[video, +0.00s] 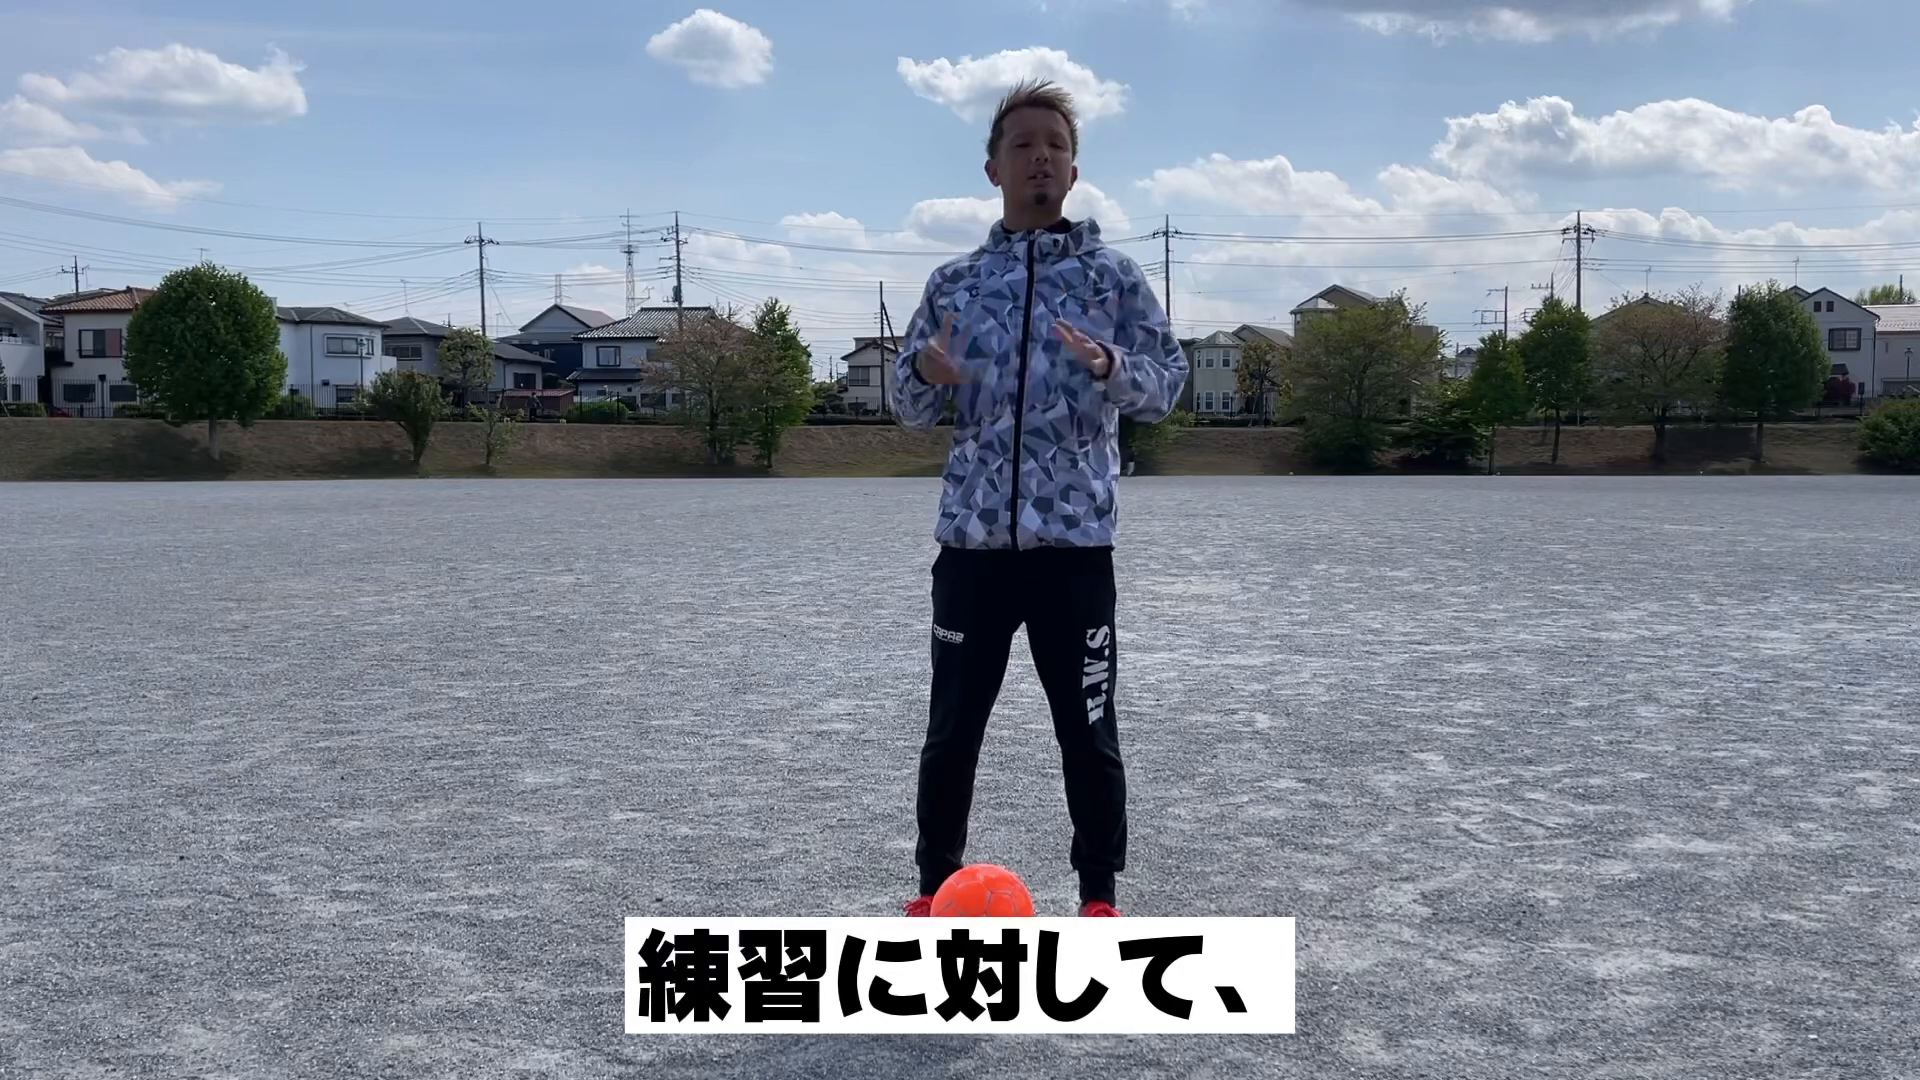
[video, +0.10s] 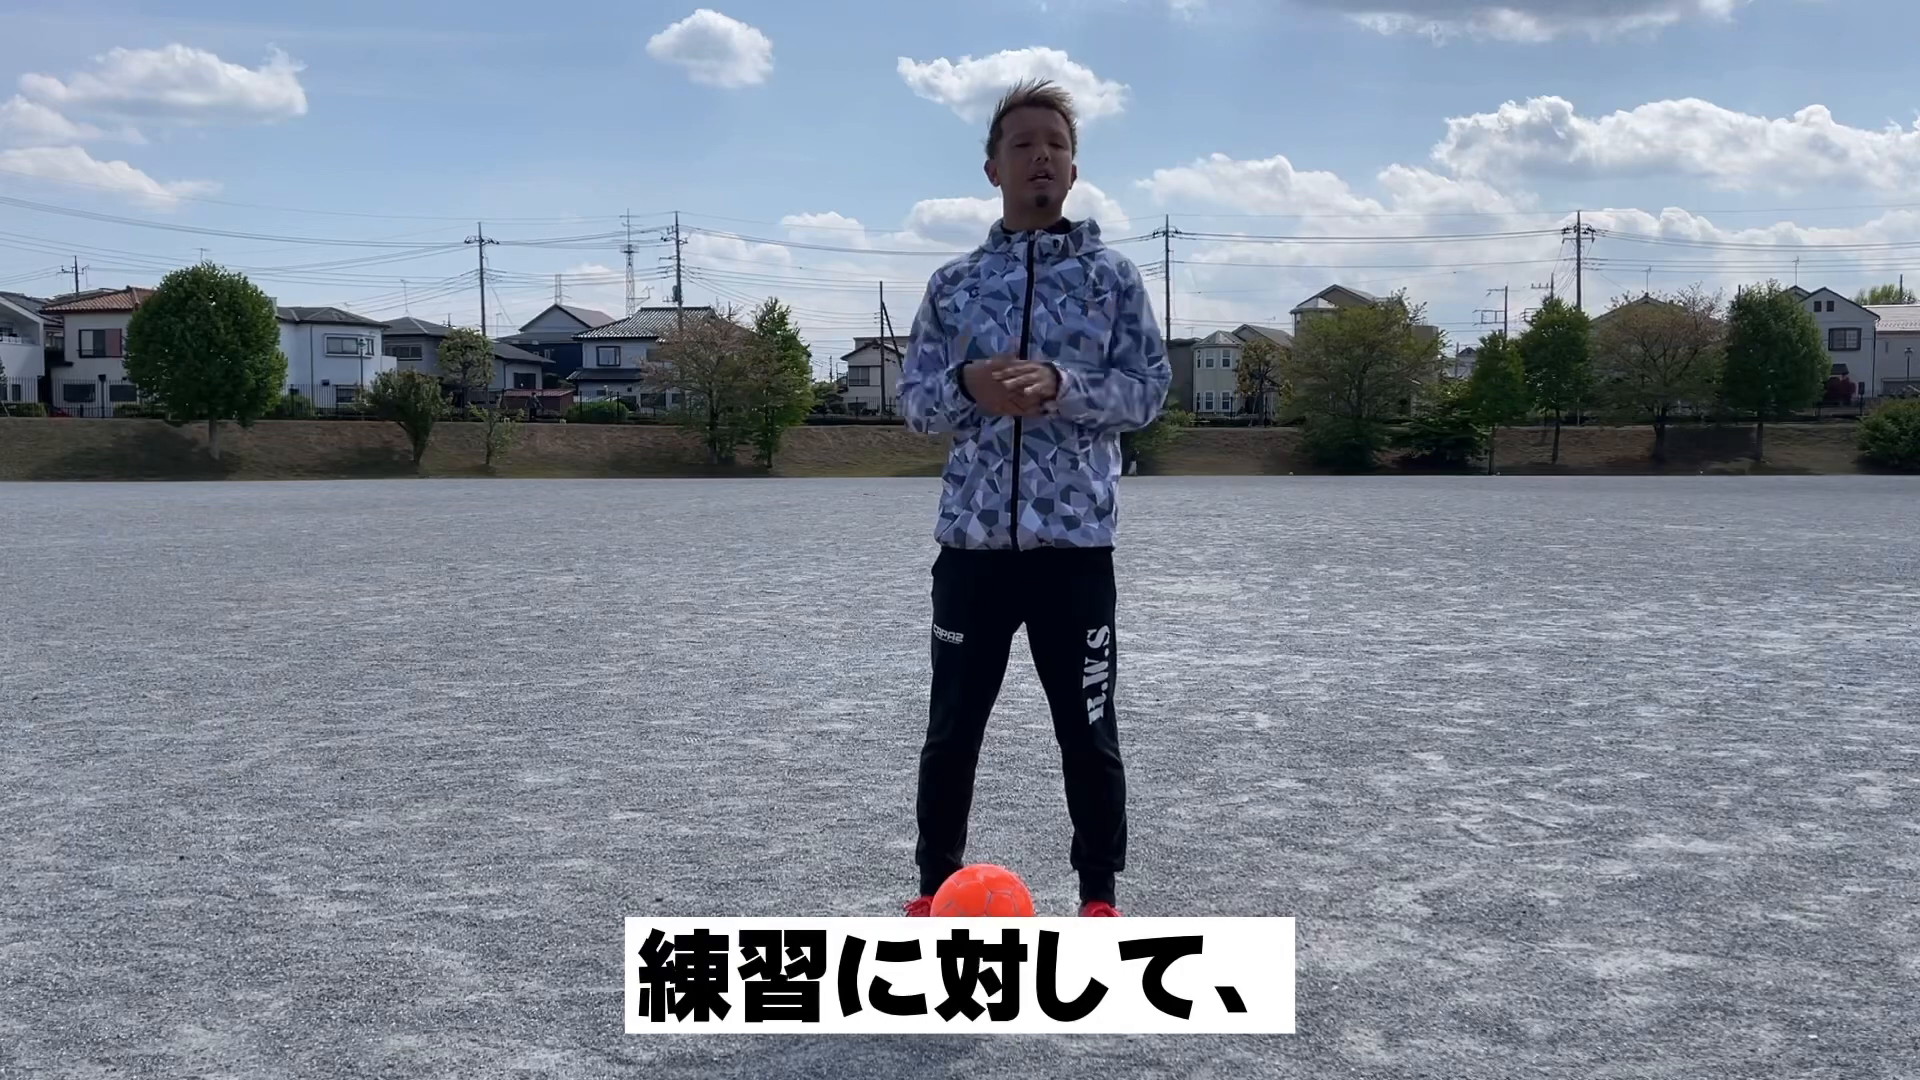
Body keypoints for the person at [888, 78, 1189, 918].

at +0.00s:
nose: (1042, 158)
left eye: (1057, 146)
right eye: (1023, 145)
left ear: (1074, 167)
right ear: (995, 165)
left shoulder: (1115, 278)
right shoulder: (953, 283)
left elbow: (1163, 382)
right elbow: (907, 396)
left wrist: (1114, 368)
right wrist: (931, 375)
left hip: (1072, 536)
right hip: (972, 536)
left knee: (1086, 728)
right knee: (951, 727)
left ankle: (1099, 897)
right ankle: (933, 894)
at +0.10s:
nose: (1042, 158)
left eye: (1056, 145)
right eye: (1023, 145)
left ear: (1073, 164)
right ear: (994, 165)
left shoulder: (1113, 277)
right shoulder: (954, 283)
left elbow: (1146, 392)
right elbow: (915, 397)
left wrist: (1061, 388)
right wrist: (964, 388)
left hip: (1073, 539)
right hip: (972, 538)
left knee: (1088, 732)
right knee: (951, 730)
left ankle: (1098, 901)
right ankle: (935, 895)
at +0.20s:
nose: (1040, 158)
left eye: (1054, 144)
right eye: (1020, 145)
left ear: (1072, 164)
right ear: (992, 166)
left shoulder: (1114, 278)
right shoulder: (953, 283)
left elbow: (1147, 392)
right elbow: (917, 396)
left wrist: (1060, 393)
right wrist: (977, 391)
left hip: (1073, 540)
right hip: (972, 538)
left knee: (1088, 730)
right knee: (951, 728)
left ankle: (1099, 899)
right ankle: (934, 894)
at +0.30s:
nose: (1033, 159)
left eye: (1049, 146)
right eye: (1016, 146)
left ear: (1070, 166)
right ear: (990, 166)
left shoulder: (1114, 279)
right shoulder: (953, 282)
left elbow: (1157, 388)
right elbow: (916, 394)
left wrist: (1071, 398)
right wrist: (983, 392)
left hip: (1073, 538)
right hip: (972, 537)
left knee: (1085, 728)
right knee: (951, 727)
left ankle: (1099, 898)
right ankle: (934, 893)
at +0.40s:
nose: (1030, 159)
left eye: (1047, 145)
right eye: (1013, 146)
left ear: (1070, 167)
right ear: (990, 167)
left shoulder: (1115, 280)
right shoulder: (953, 283)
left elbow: (1157, 390)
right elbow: (915, 395)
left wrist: (1075, 399)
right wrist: (987, 394)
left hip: (1074, 540)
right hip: (973, 538)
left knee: (1085, 730)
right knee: (951, 729)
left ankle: (1099, 898)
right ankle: (934, 894)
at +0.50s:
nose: (1031, 162)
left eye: (1048, 147)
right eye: (1014, 148)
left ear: (1071, 167)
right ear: (991, 169)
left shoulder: (1115, 281)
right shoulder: (953, 284)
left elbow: (1151, 392)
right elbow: (919, 399)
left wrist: (1077, 402)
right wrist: (990, 397)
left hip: (1075, 539)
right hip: (974, 538)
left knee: (1087, 728)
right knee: (951, 727)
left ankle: (1098, 898)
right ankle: (933, 895)